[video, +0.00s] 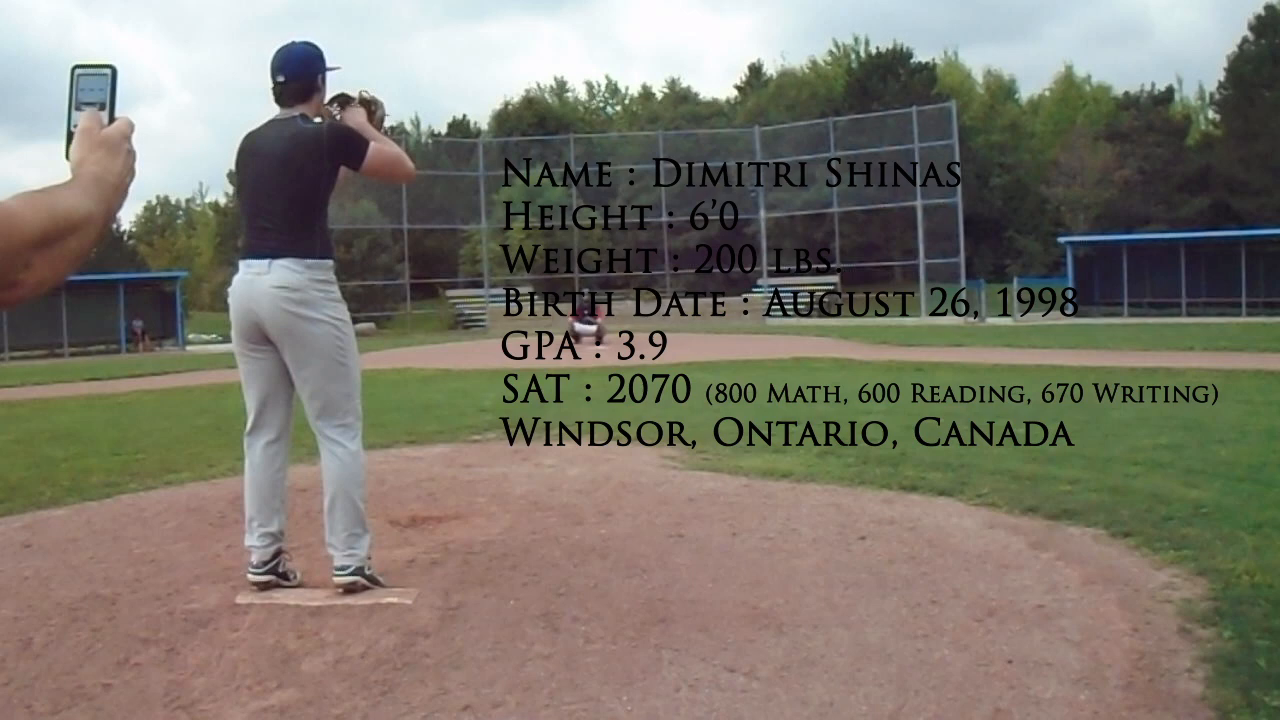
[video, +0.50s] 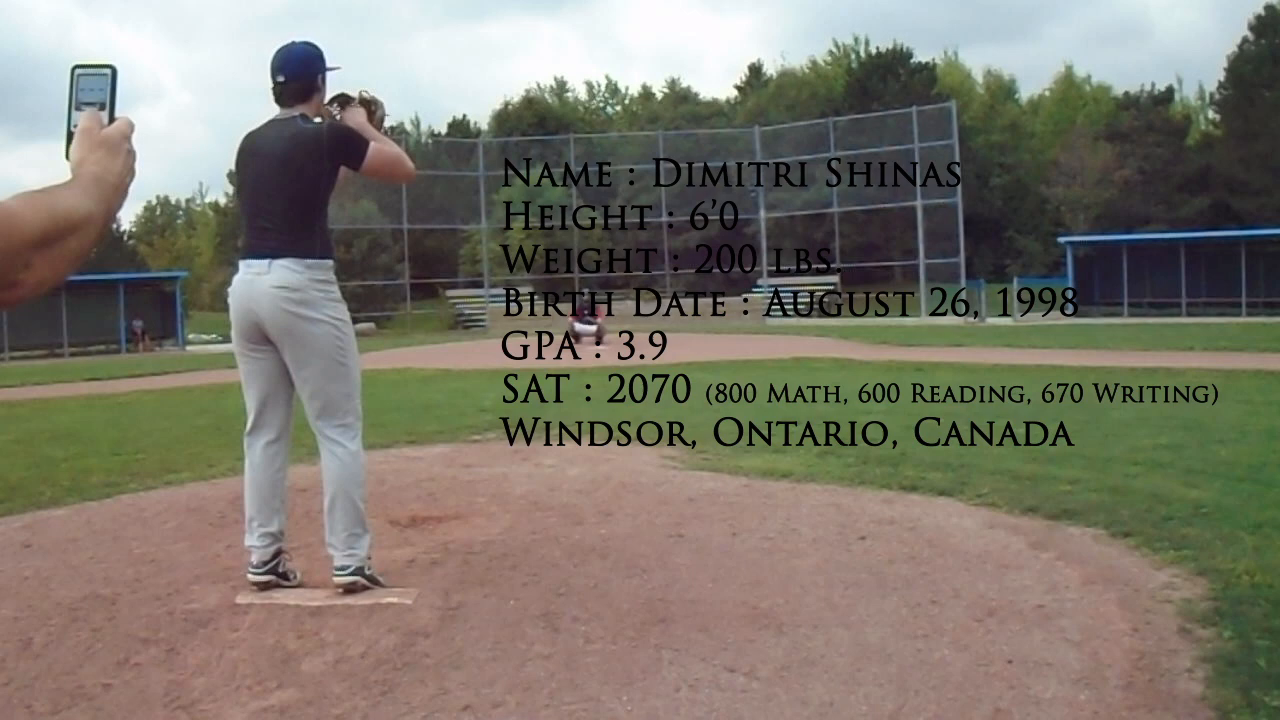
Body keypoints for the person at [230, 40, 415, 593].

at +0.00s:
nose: (327, 88)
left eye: (322, 81)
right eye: (325, 81)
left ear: (275, 88)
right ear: (320, 86)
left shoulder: (250, 143)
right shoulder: (327, 135)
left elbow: (301, 185)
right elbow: (402, 167)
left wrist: (327, 131)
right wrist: (362, 125)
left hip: (246, 288)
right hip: (303, 286)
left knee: (264, 430)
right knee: (338, 429)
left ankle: (263, 558)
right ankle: (350, 561)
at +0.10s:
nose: (327, 88)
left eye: (322, 81)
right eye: (325, 81)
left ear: (275, 88)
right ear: (320, 86)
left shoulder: (250, 143)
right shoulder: (327, 135)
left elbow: (301, 185)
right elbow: (402, 167)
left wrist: (327, 131)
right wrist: (362, 125)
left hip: (246, 288)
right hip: (303, 286)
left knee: (264, 430)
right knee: (338, 429)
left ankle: (263, 558)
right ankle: (350, 561)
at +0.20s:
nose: (327, 88)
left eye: (322, 81)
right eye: (325, 81)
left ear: (275, 88)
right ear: (320, 86)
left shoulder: (250, 143)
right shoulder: (327, 135)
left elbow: (301, 185)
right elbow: (402, 167)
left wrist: (327, 131)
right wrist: (362, 125)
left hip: (246, 288)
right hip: (303, 286)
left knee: (264, 430)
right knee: (338, 429)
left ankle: (263, 558)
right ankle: (350, 561)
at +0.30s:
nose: (327, 88)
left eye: (322, 81)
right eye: (325, 81)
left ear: (275, 88)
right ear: (320, 86)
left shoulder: (250, 143)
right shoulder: (327, 135)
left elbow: (301, 185)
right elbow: (402, 167)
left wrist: (327, 131)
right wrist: (362, 125)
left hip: (246, 288)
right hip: (303, 286)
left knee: (264, 430)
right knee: (338, 429)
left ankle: (263, 558)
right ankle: (350, 561)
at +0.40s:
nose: (327, 88)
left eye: (322, 81)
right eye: (325, 81)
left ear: (275, 88)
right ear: (320, 86)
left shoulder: (250, 143)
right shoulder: (327, 135)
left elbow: (301, 185)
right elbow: (402, 167)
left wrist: (327, 131)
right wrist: (362, 125)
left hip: (246, 288)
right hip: (303, 286)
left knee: (264, 430)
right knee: (338, 429)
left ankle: (263, 558)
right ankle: (350, 561)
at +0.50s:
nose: (327, 88)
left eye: (322, 81)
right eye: (325, 81)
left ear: (275, 88)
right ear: (320, 86)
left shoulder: (250, 143)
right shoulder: (327, 135)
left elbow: (301, 185)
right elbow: (402, 167)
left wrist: (327, 131)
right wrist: (362, 125)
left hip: (246, 288)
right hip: (303, 286)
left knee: (264, 430)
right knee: (338, 429)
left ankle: (263, 558)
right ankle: (350, 561)